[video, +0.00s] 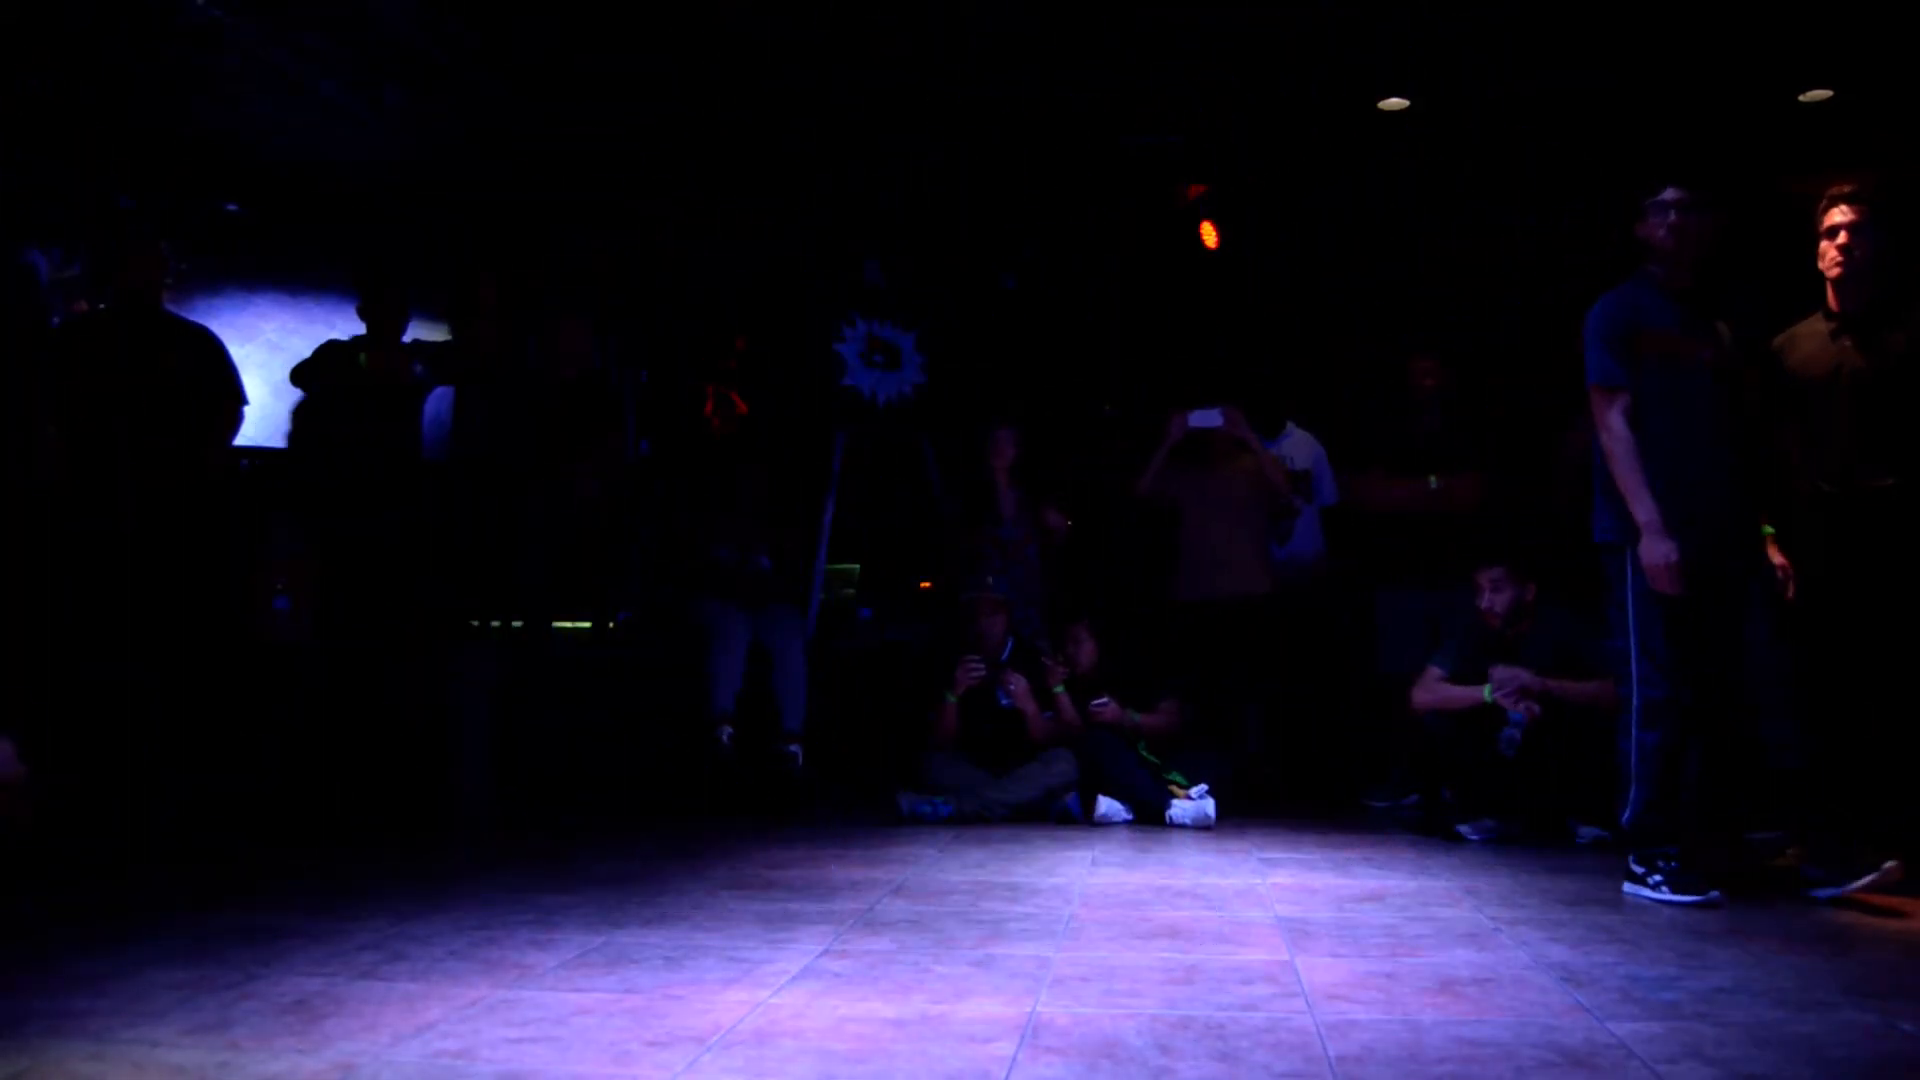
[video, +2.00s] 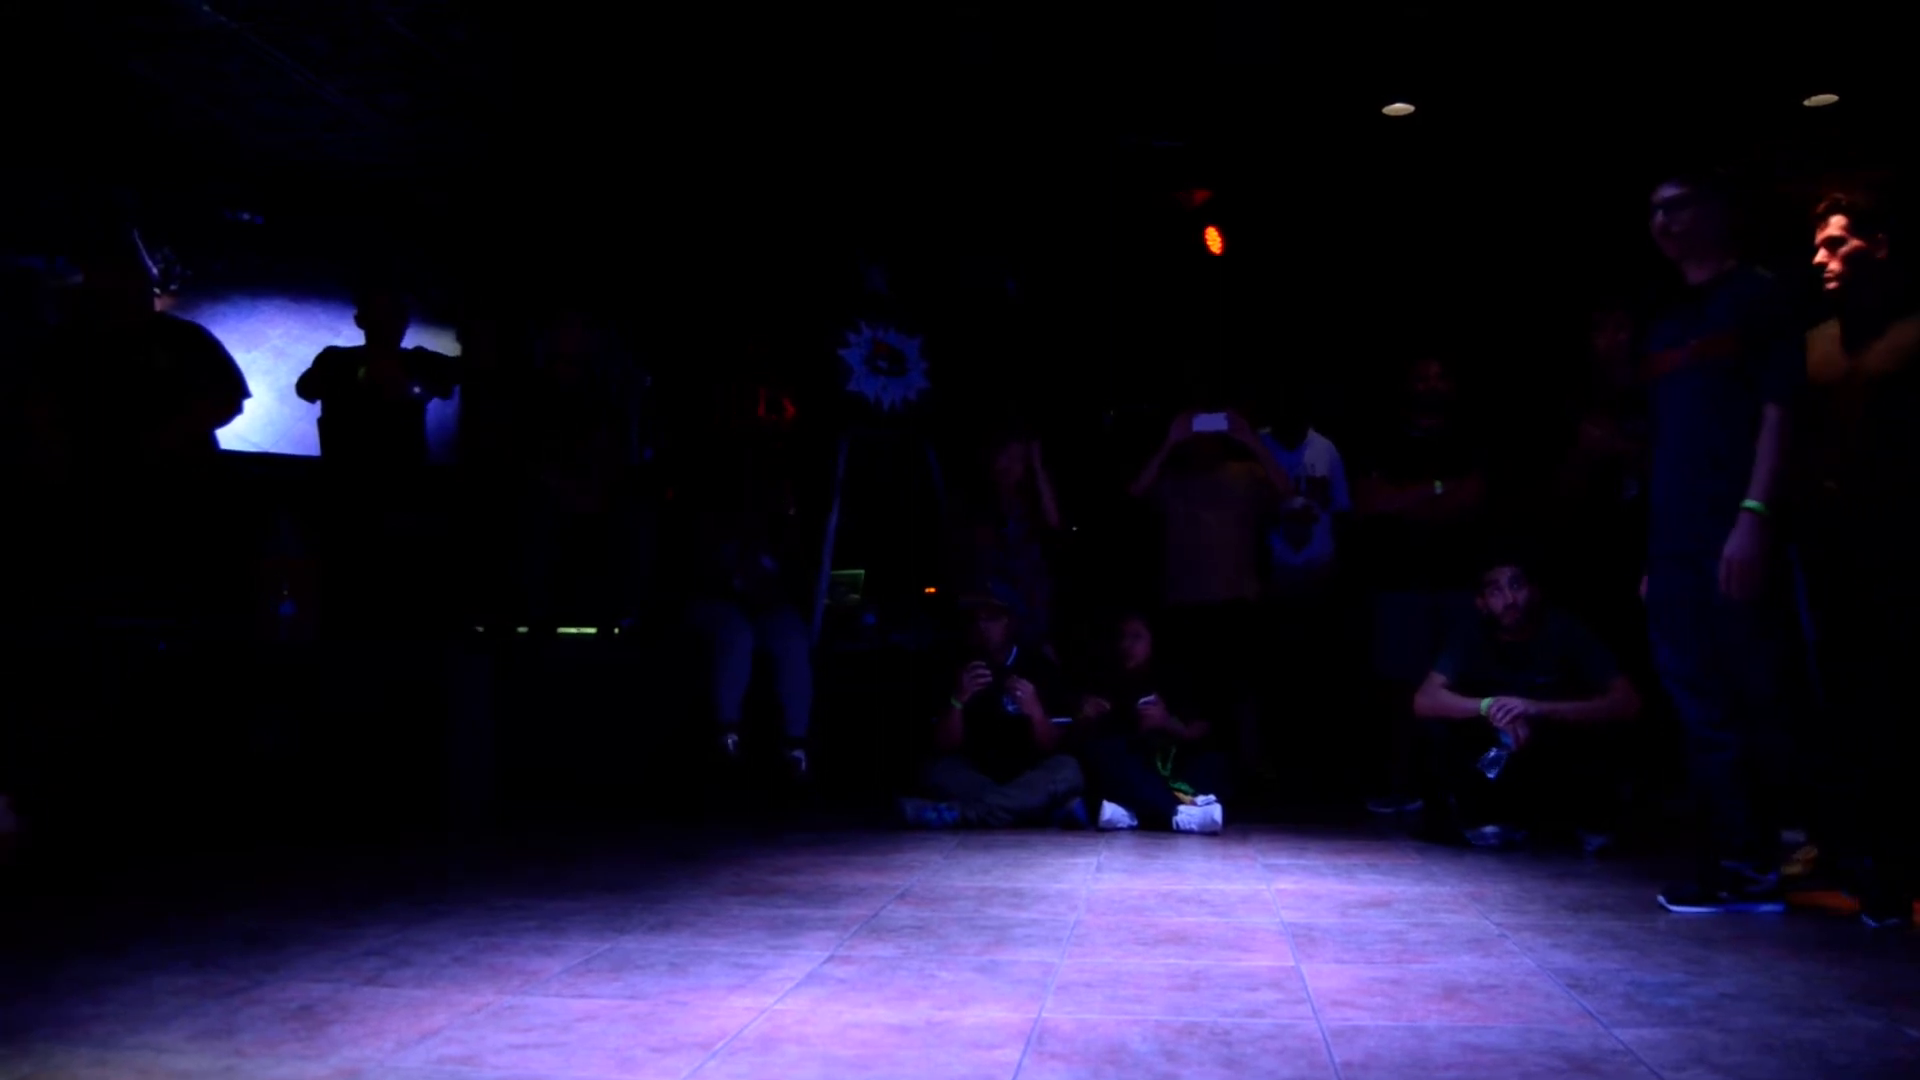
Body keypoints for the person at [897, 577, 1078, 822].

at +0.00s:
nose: (988, 627)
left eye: (995, 618)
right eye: (981, 619)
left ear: (1007, 621)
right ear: (970, 624)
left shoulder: (1027, 660)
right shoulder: (955, 661)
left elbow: (1045, 737)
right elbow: (942, 741)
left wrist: (1026, 702)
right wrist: (954, 693)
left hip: (1021, 755)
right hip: (971, 755)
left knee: (1063, 764)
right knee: (934, 766)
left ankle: (958, 806)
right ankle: (1039, 805)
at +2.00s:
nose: (983, 629)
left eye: (992, 619)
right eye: (976, 620)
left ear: (1009, 623)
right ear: (968, 626)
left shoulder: (1033, 665)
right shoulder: (954, 666)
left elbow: (1050, 743)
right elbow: (945, 744)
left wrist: (1033, 710)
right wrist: (959, 700)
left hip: (1025, 762)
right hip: (973, 763)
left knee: (1067, 771)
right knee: (939, 772)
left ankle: (963, 814)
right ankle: (1043, 813)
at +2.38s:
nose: (1003, 628)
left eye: (1012, 619)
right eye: (997, 619)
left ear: (1032, 623)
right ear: (989, 626)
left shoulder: (1055, 665)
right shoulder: (977, 666)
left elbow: (1075, 744)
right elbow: (966, 743)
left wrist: (1055, 710)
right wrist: (980, 700)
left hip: (1047, 762)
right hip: (994, 764)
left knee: (1089, 771)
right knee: (959, 771)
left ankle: (985, 814)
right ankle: (1065, 813)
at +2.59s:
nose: (1037, 625)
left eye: (1045, 616)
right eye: (1031, 617)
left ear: (1062, 621)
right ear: (1022, 624)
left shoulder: (1085, 661)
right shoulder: (1010, 662)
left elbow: (1102, 741)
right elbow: (996, 740)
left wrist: (1083, 706)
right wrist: (1010, 695)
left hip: (1076, 757)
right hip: (1025, 758)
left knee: (1117, 767)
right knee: (991, 769)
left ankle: (1014, 810)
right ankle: (1094, 809)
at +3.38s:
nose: (1072, 625)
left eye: (1079, 615)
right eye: (1064, 616)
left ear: (1091, 620)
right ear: (1051, 621)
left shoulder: (1110, 660)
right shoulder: (1036, 662)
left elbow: (1128, 738)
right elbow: (1024, 742)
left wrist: (1108, 705)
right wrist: (1034, 694)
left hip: (1101, 757)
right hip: (1051, 757)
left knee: (1141, 766)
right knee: (1018, 768)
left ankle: (1037, 809)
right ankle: (1120, 808)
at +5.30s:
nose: (1066, 629)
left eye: (1073, 620)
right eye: (1059, 621)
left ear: (1086, 623)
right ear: (1049, 627)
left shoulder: (1108, 662)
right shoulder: (1035, 664)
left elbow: (1127, 738)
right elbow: (1021, 741)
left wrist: (1107, 705)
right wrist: (1034, 695)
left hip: (1100, 756)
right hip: (1050, 757)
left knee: (1141, 766)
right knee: (1016, 769)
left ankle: (1036, 809)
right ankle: (1119, 808)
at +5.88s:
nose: (1067, 629)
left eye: (1074, 620)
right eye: (1060, 622)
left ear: (1087, 623)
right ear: (1048, 627)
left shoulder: (1108, 662)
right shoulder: (1035, 662)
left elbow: (1127, 738)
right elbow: (1021, 741)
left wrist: (1107, 704)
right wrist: (1034, 695)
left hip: (1100, 756)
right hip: (1050, 756)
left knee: (1141, 766)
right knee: (1015, 769)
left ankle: (1036, 809)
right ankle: (1119, 808)